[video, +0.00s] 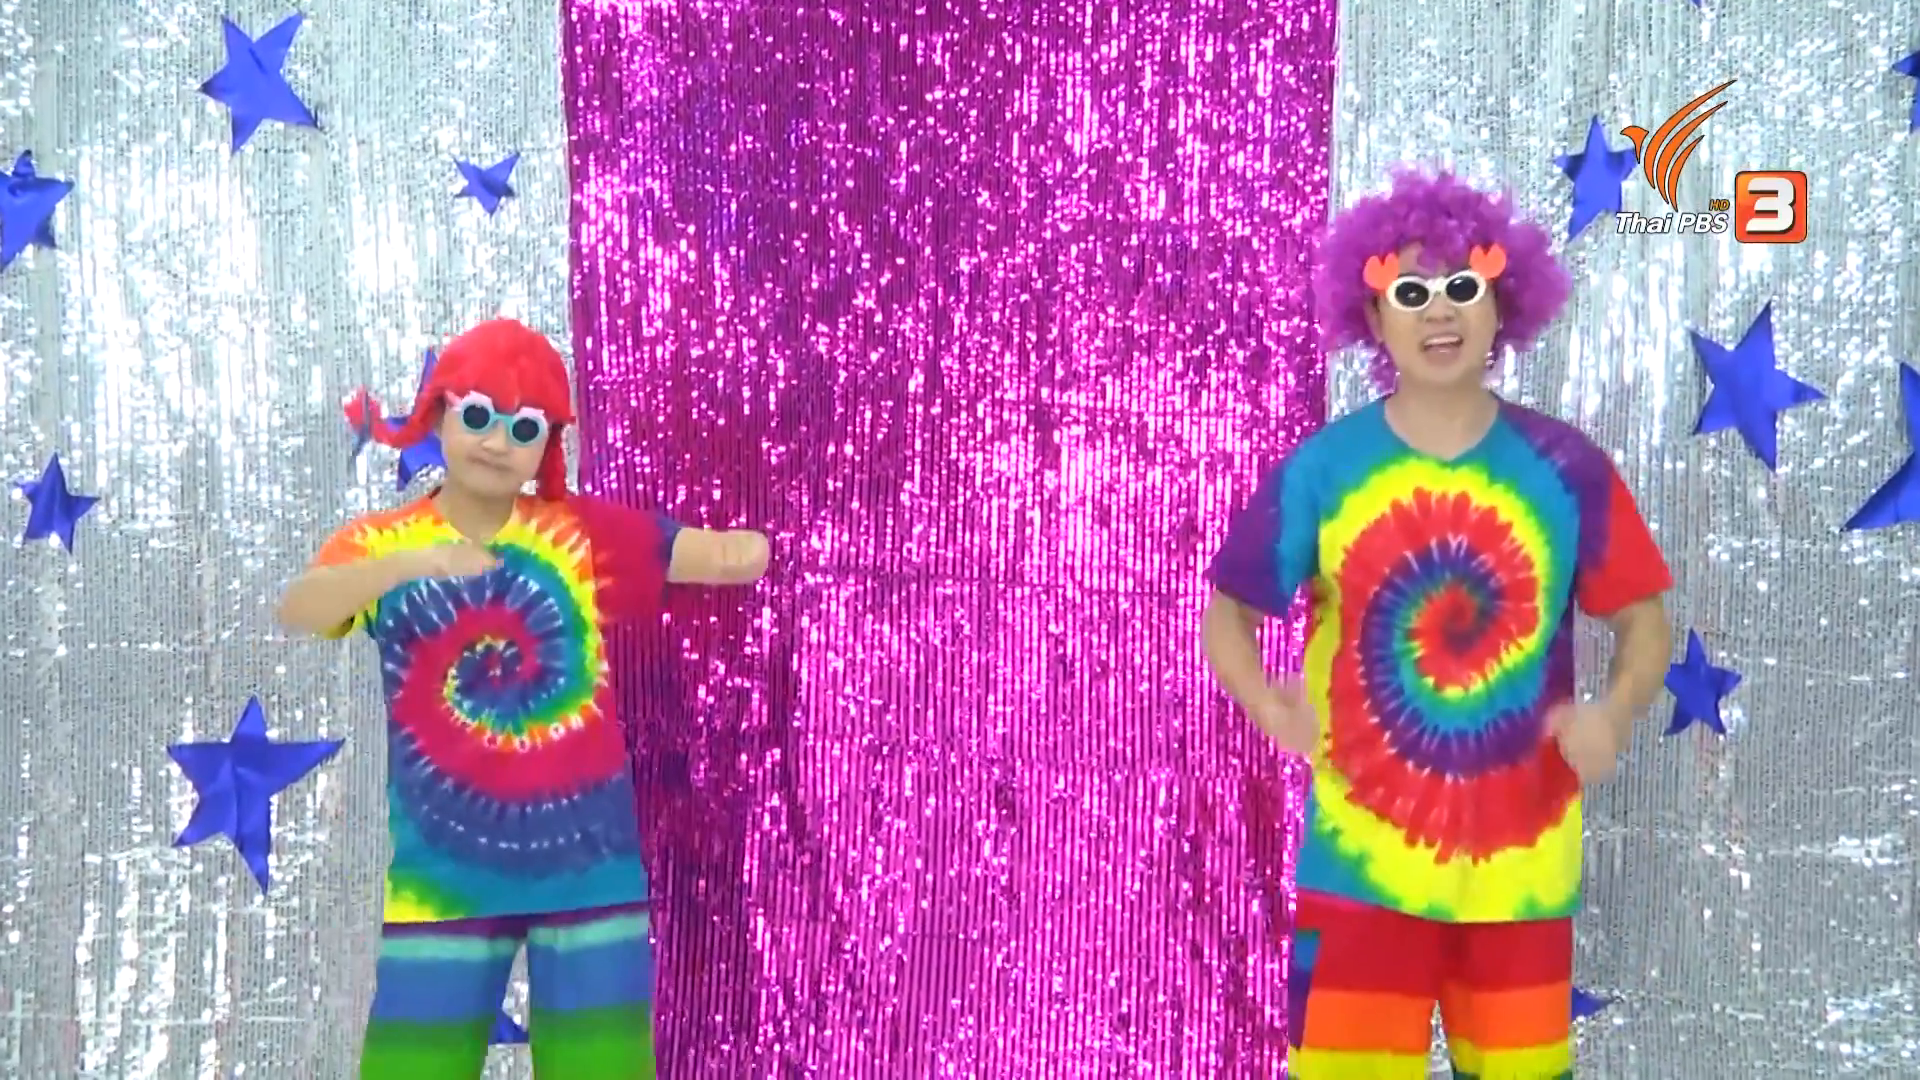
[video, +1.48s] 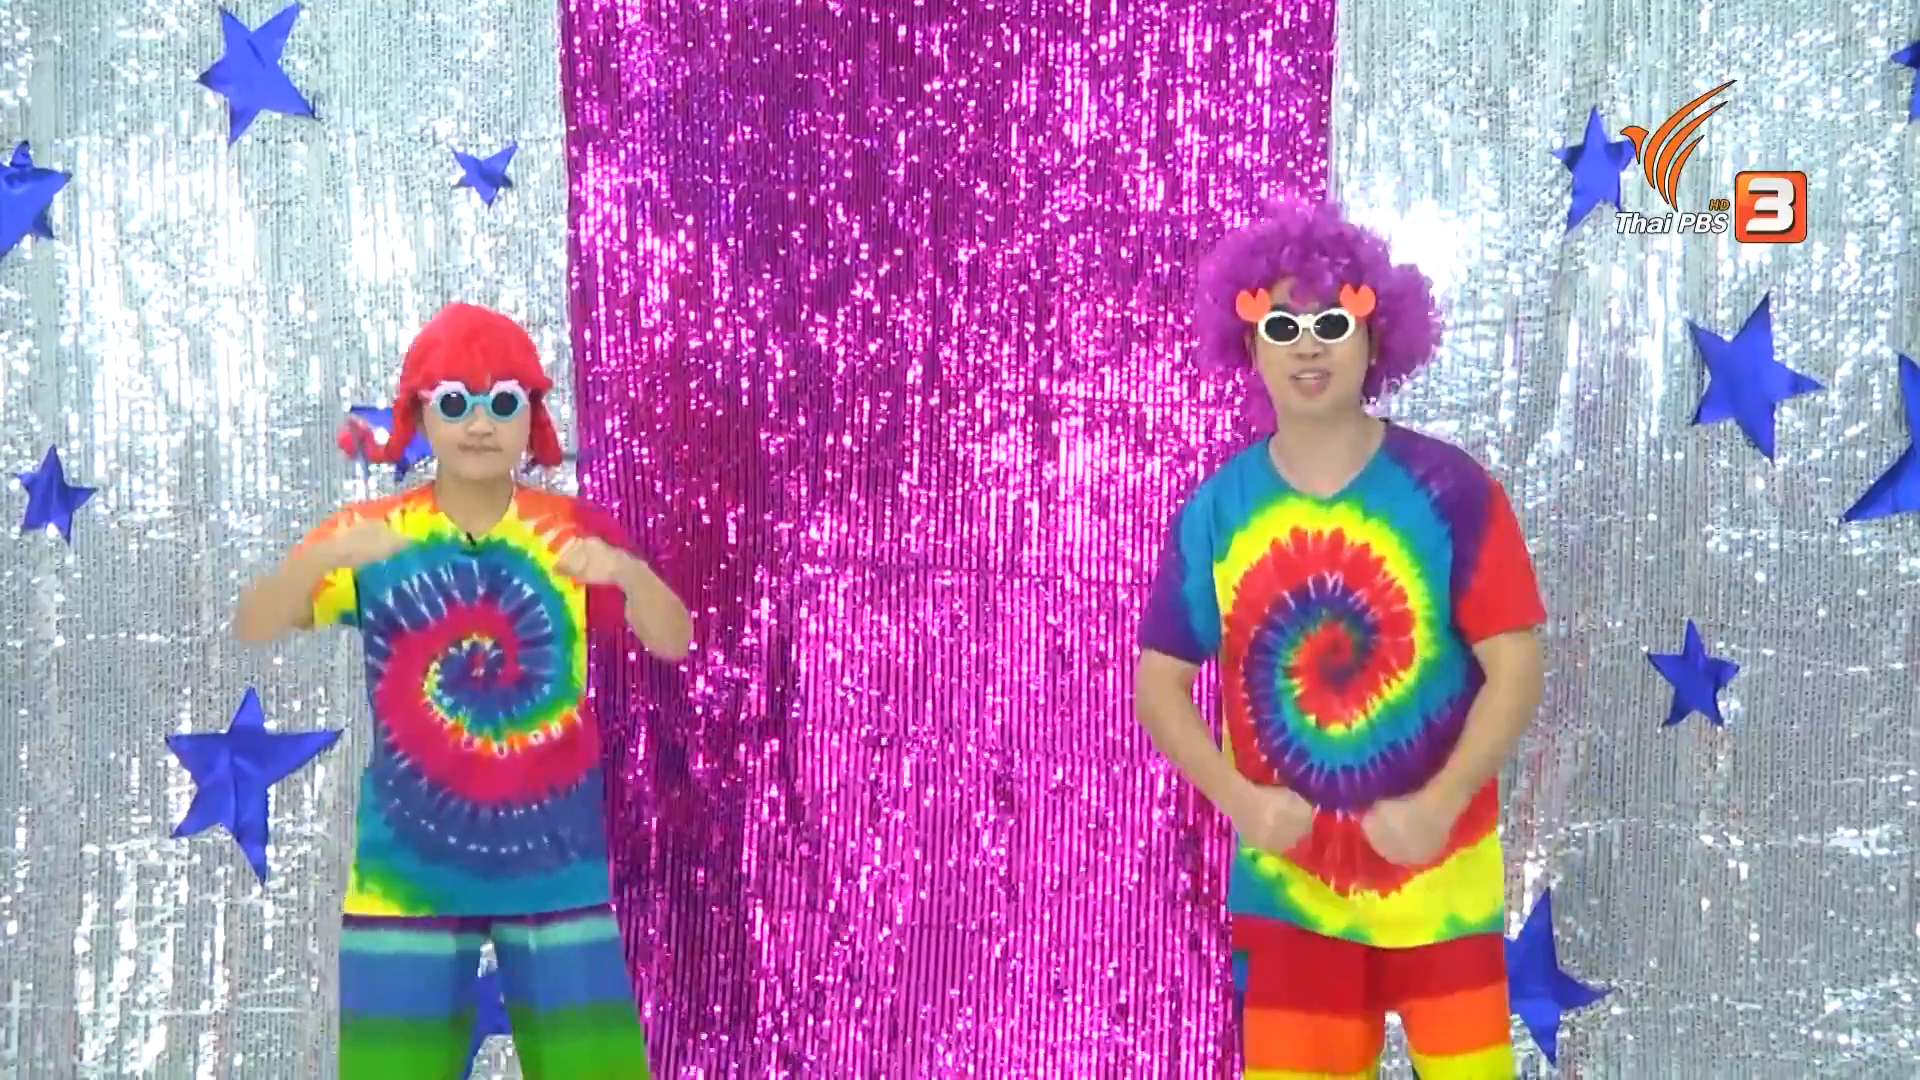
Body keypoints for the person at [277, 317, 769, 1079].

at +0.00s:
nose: (497, 439)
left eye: (523, 426)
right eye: (477, 415)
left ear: (549, 444)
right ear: (439, 422)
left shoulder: (590, 532)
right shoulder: (379, 542)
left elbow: (736, 554)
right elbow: (295, 610)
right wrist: (412, 565)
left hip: (593, 877)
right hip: (439, 879)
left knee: (602, 1067)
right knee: (411, 1070)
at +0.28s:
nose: (492, 452)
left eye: (518, 440)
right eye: (471, 427)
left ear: (537, 463)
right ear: (429, 434)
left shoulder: (565, 553)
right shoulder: (357, 563)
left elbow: (715, 623)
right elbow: (289, 662)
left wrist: (622, 549)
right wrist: (402, 549)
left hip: (599, 885)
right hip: (454, 898)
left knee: (631, 1067)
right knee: (444, 1070)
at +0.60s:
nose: (456, 444)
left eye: (475, 417)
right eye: (429, 431)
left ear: (517, 420)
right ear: (408, 454)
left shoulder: (569, 537)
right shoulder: (363, 544)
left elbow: (642, 601)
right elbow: (232, 602)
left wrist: (510, 570)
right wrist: (195, 543)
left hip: (532, 888)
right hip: (381, 887)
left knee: (554, 1068)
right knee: (369, 1069)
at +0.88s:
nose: (462, 441)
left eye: (484, 417)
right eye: (436, 426)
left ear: (526, 427)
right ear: (416, 448)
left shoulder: (572, 542)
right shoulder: (377, 547)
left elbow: (680, 621)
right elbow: (252, 655)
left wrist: (545, 558)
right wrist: (312, 539)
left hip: (525, 895)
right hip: (375, 886)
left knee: (522, 1070)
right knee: (345, 1069)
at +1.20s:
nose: (496, 439)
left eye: (521, 424)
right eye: (473, 416)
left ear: (544, 448)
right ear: (434, 430)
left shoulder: (580, 550)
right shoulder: (362, 553)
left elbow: (709, 650)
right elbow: (274, 665)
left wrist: (706, 565)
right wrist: (381, 578)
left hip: (581, 886)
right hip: (427, 893)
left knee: (597, 1068)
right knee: (420, 1070)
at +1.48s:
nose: (480, 422)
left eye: (503, 402)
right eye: (455, 403)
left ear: (531, 421)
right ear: (420, 420)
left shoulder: (569, 529)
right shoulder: (370, 533)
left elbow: (675, 642)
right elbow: (253, 625)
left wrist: (628, 573)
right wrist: (326, 554)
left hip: (556, 868)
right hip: (407, 873)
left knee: (594, 1066)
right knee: (392, 1069)